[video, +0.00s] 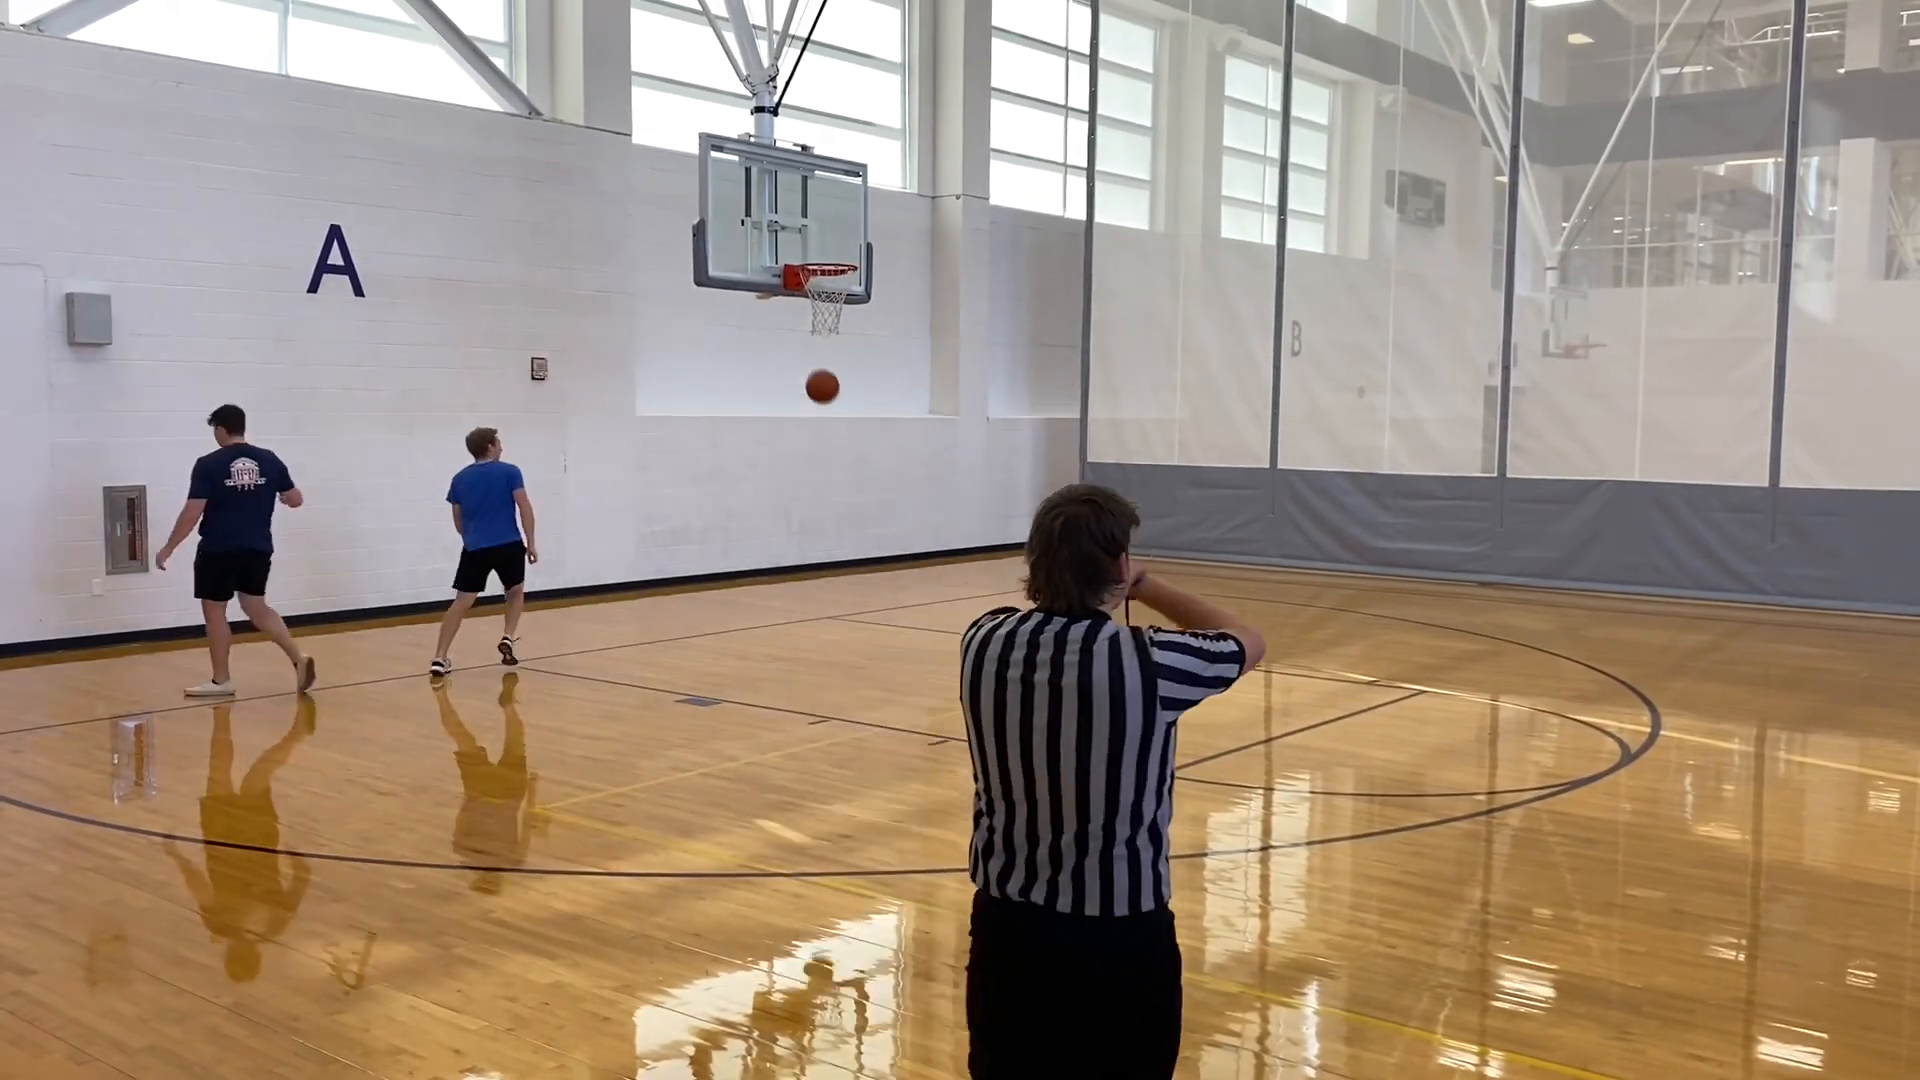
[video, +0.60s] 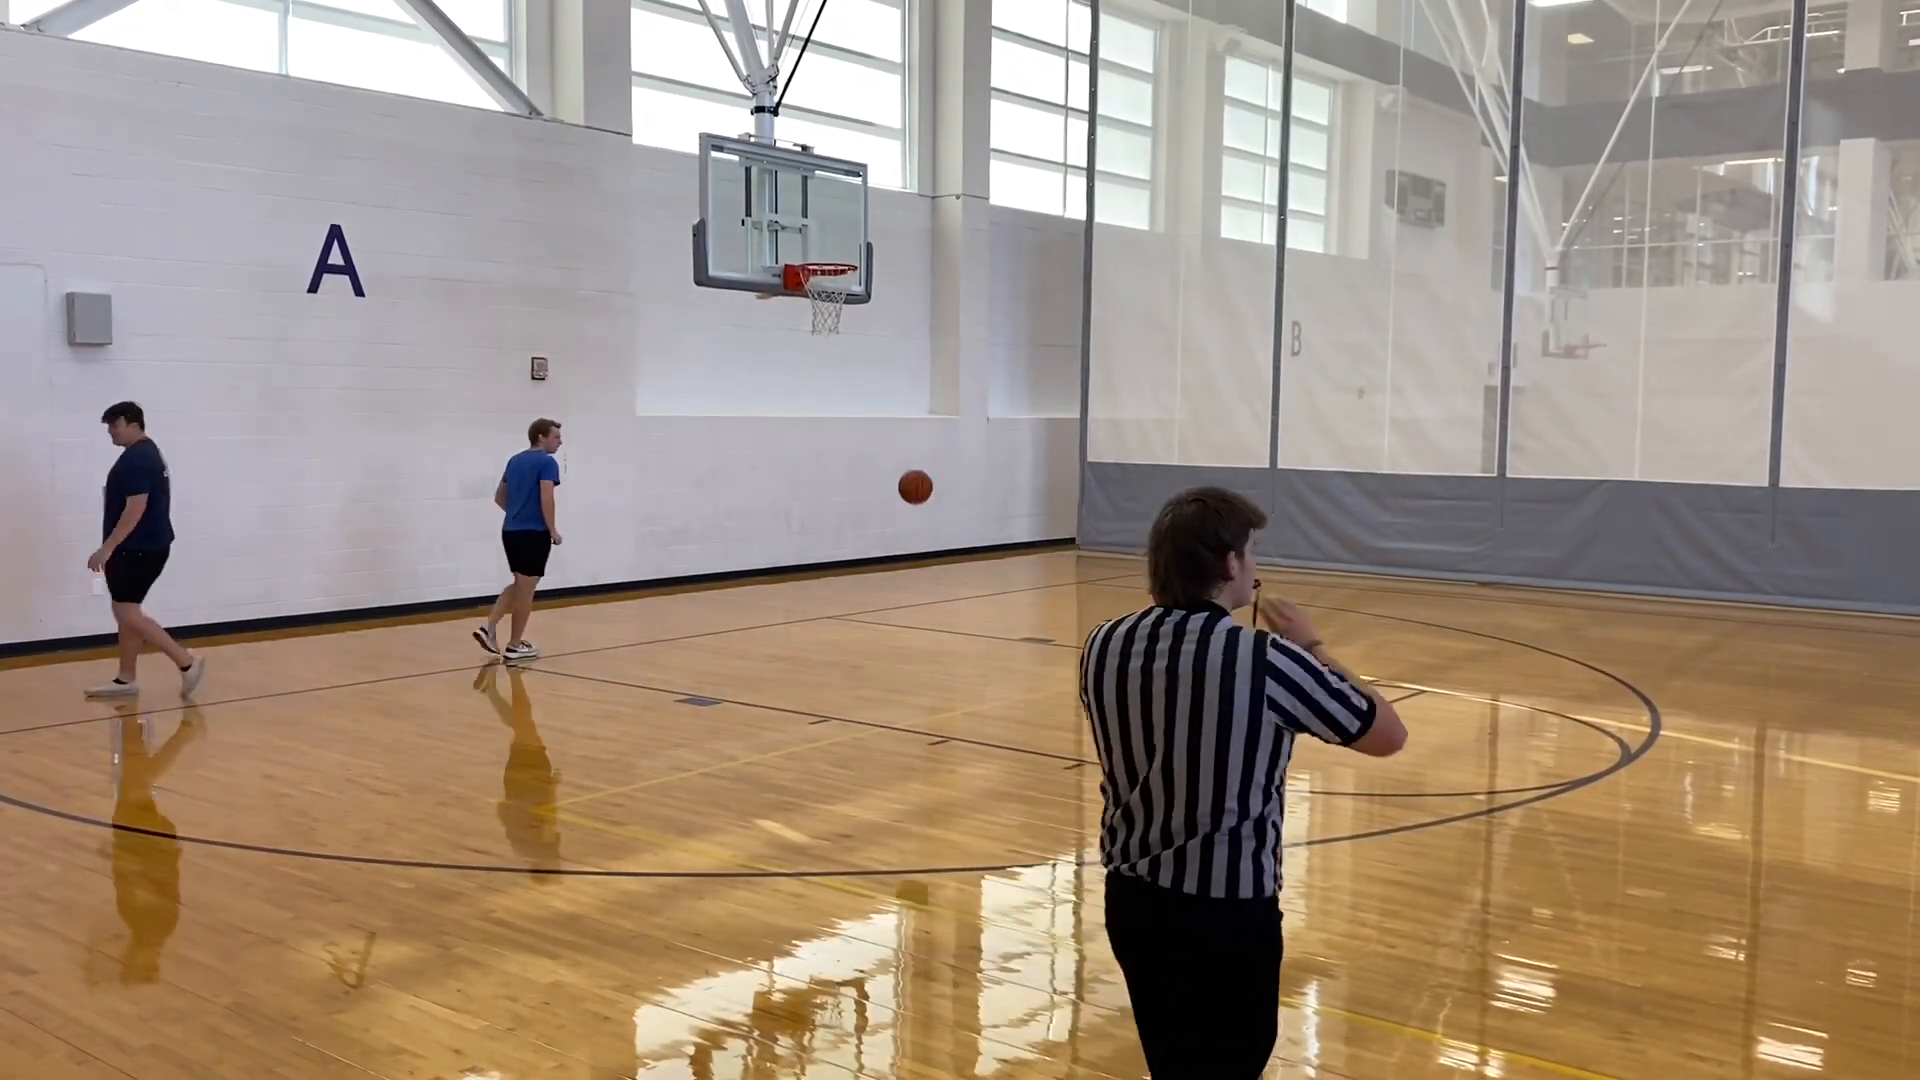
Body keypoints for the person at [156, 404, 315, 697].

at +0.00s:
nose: (215, 436)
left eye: (214, 431)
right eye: (214, 432)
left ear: (221, 430)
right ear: (243, 429)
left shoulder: (208, 464)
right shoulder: (268, 459)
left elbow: (192, 513)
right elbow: (295, 499)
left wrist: (168, 547)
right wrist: (272, 485)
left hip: (217, 552)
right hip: (257, 550)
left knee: (215, 614)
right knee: (255, 605)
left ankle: (221, 680)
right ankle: (298, 659)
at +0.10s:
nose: (193, 435)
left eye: (194, 429)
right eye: (193, 430)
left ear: (203, 428)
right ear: (222, 427)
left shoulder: (194, 463)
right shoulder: (251, 457)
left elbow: (181, 514)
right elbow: (273, 501)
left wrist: (152, 543)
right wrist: (265, 518)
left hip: (205, 548)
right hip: (239, 546)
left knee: (209, 611)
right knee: (220, 601)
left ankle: (221, 680)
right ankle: (263, 647)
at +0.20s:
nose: (176, 433)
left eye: (177, 428)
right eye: (175, 428)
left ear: (188, 426)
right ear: (204, 426)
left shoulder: (181, 459)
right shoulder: (235, 455)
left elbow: (169, 508)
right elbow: (254, 501)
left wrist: (142, 530)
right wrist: (241, 530)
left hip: (191, 545)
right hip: (221, 544)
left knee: (204, 610)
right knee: (182, 598)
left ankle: (219, 678)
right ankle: (220, 657)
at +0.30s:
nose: (159, 432)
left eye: (161, 426)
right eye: (159, 426)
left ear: (174, 425)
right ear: (187, 425)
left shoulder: (167, 460)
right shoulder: (218, 455)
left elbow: (157, 508)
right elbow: (233, 502)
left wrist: (127, 524)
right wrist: (220, 535)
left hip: (178, 546)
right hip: (204, 543)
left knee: (200, 610)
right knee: (161, 598)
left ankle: (221, 679)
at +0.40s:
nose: (143, 434)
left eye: (144, 428)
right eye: (142, 428)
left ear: (158, 428)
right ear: (170, 427)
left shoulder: (155, 462)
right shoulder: (198, 458)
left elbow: (146, 510)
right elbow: (209, 505)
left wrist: (111, 529)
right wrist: (198, 539)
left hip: (163, 550)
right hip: (185, 547)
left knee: (188, 612)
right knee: (149, 607)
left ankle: (220, 679)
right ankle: (130, 676)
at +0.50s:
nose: (125, 435)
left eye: (128, 429)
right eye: (125, 429)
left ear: (143, 428)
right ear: (150, 429)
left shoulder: (148, 461)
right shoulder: (172, 455)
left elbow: (139, 511)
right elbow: (169, 508)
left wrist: (101, 538)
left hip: (150, 551)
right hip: (163, 548)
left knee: (164, 613)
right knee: (135, 610)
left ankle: (214, 672)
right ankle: (126, 679)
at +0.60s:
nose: (110, 431)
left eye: (113, 425)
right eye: (109, 426)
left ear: (131, 424)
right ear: (133, 426)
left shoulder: (138, 457)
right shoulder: (143, 452)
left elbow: (136, 509)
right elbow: (141, 507)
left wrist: (106, 548)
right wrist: (114, 547)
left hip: (139, 547)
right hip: (141, 545)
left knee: (126, 610)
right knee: (126, 611)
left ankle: (187, 663)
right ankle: (126, 680)